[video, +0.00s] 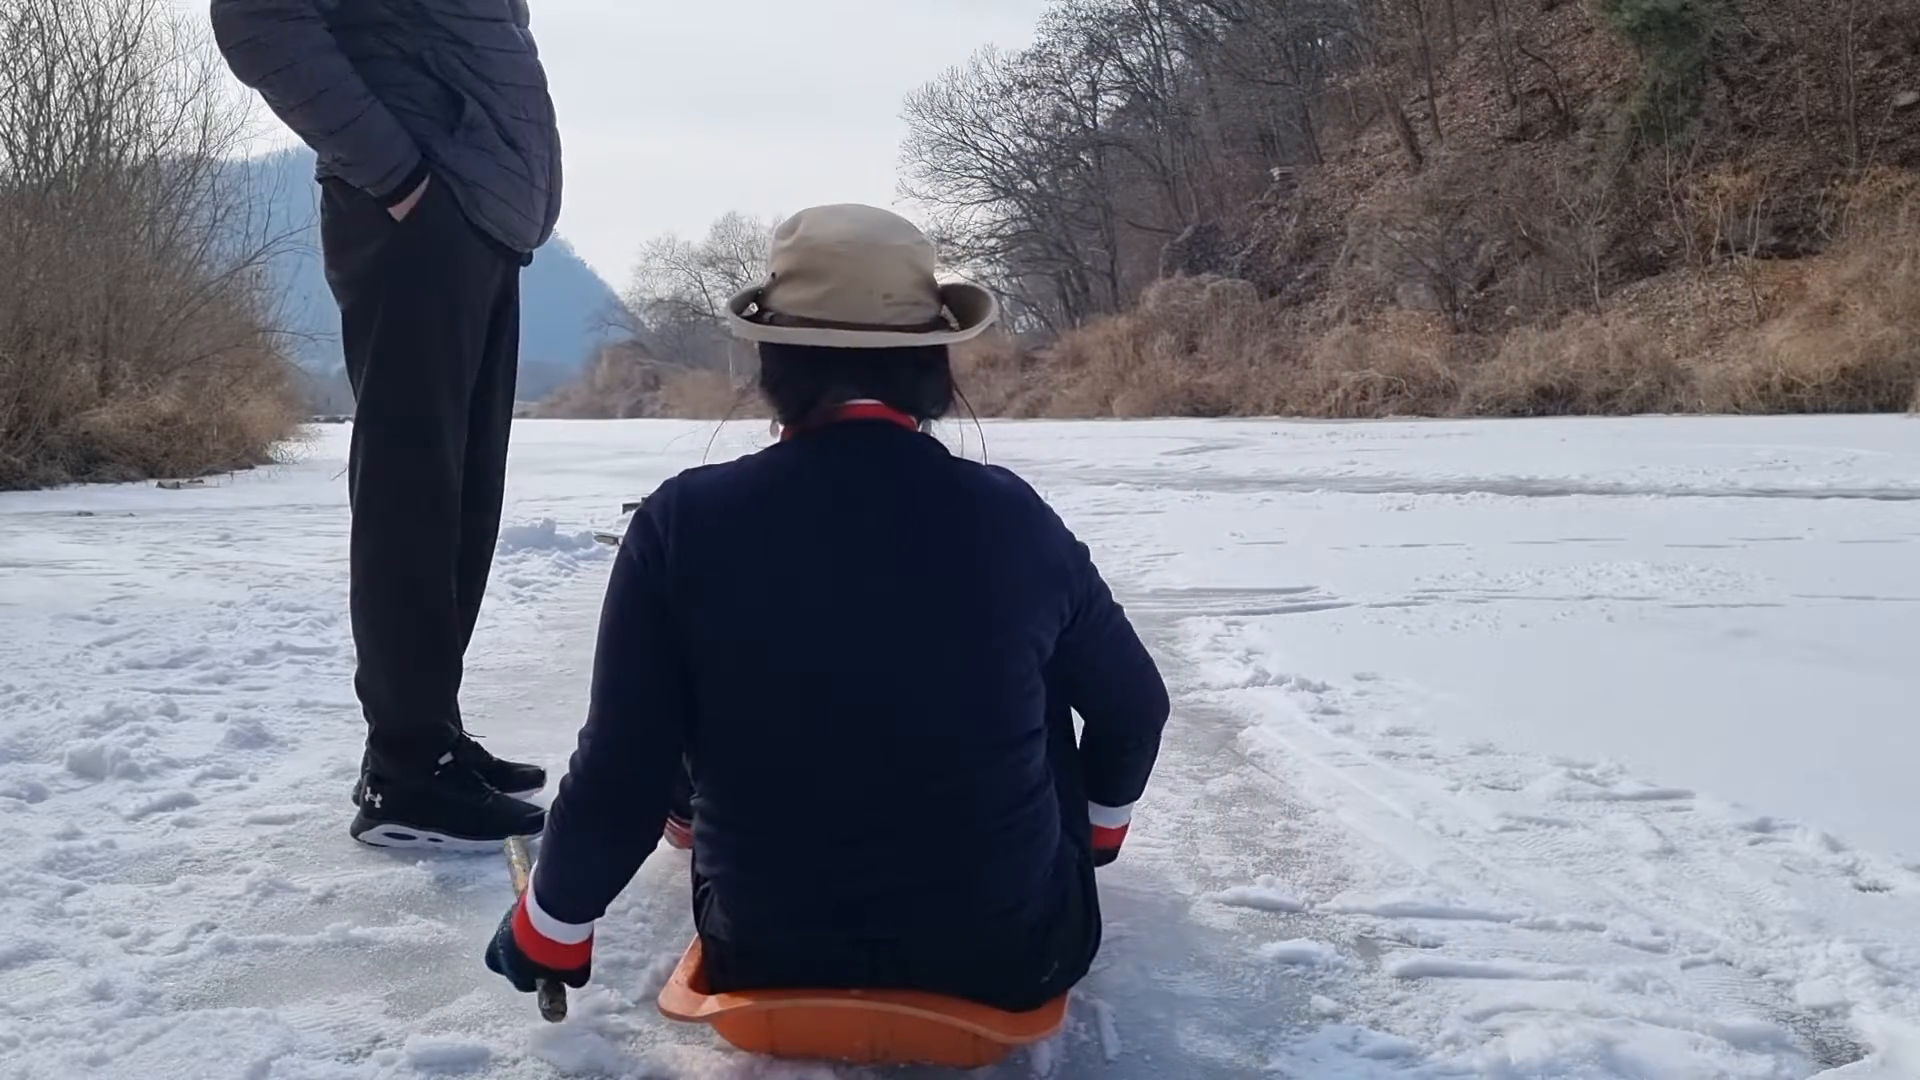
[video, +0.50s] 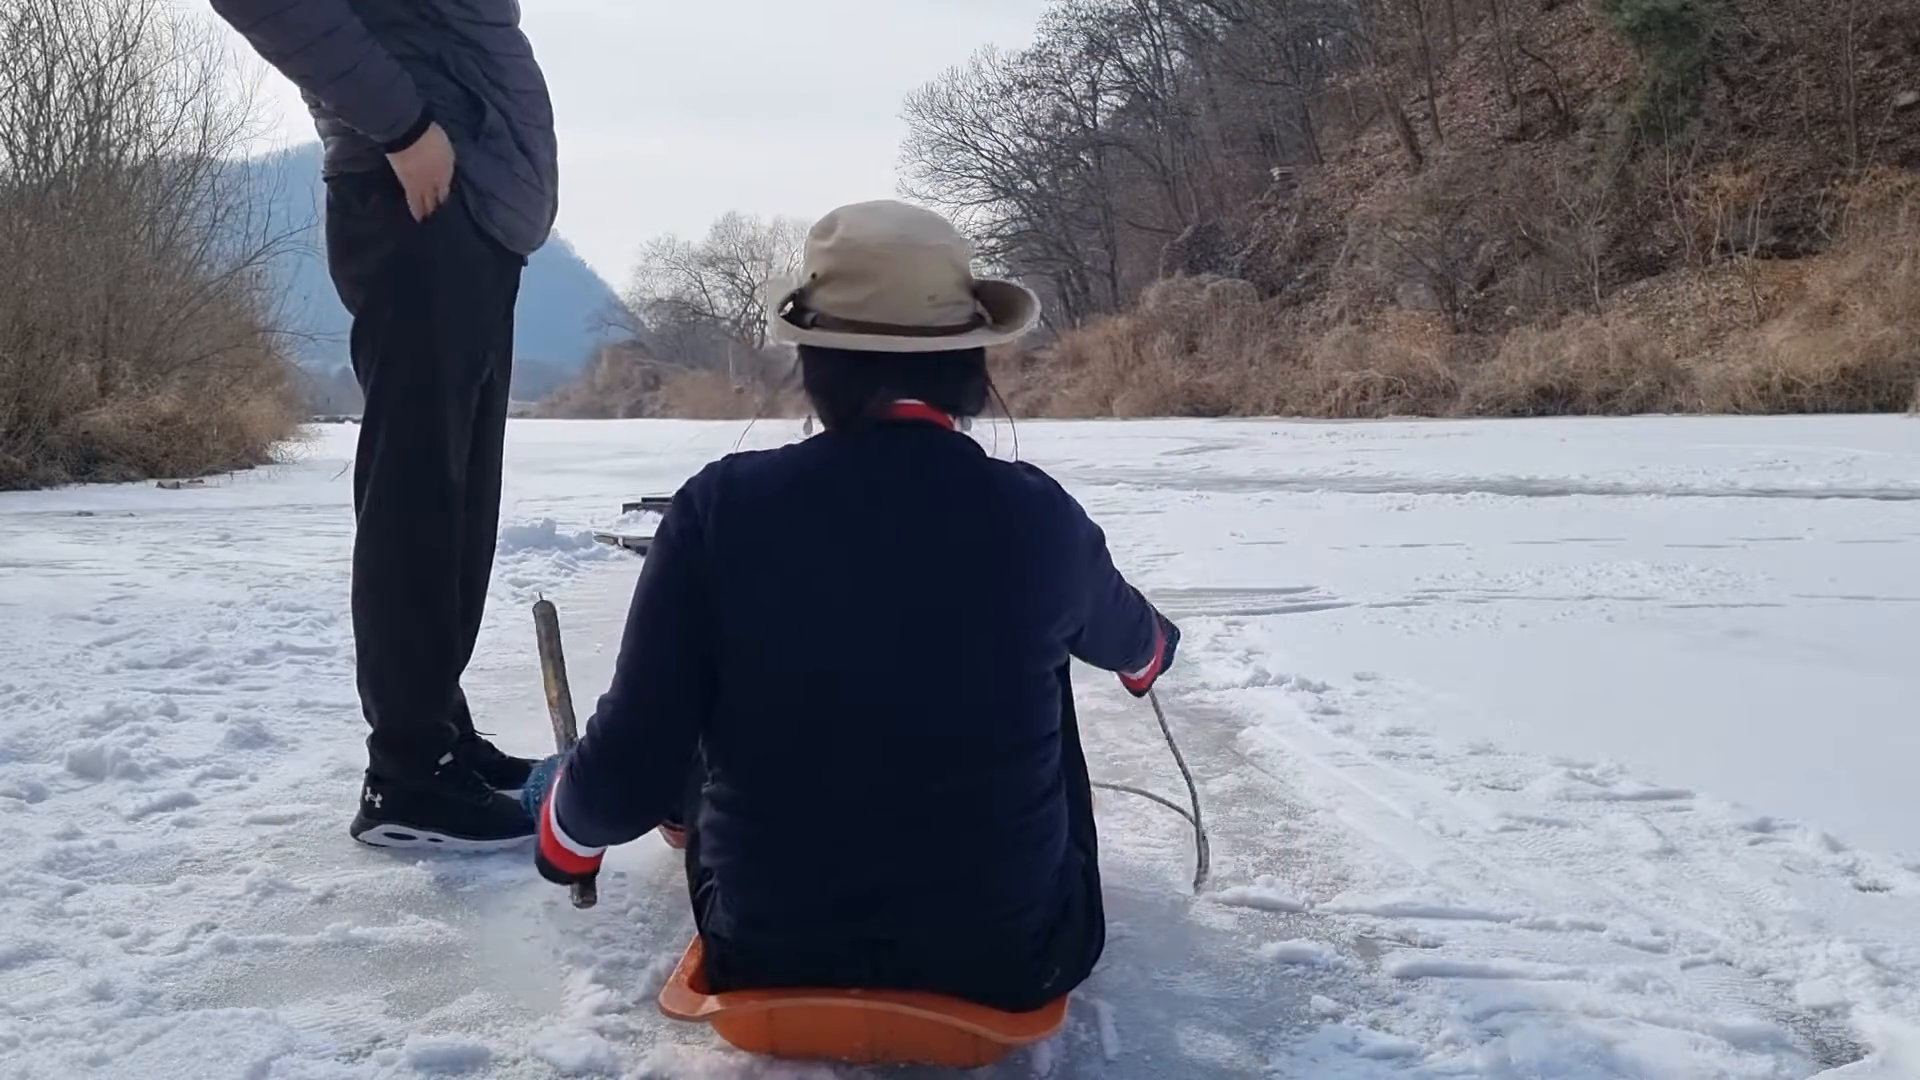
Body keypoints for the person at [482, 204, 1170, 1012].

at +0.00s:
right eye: (947, 355)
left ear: (774, 373)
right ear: (936, 371)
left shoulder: (684, 520)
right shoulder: (1013, 515)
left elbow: (625, 760)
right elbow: (1133, 703)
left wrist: (550, 924)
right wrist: (1089, 827)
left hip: (767, 949)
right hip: (993, 957)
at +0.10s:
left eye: (758, 359)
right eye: (943, 352)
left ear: (771, 373)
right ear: (932, 369)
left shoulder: (688, 519)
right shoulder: (1012, 513)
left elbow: (626, 763)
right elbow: (1132, 691)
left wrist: (541, 903)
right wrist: (1086, 807)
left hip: (769, 951)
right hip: (994, 960)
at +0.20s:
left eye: (763, 361)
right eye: (946, 350)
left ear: (775, 376)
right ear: (937, 369)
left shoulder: (692, 518)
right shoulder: (1016, 512)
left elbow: (625, 769)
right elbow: (1131, 681)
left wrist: (541, 883)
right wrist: (1103, 763)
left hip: (769, 956)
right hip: (994, 964)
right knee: (1037, 690)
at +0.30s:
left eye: (774, 360)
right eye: (956, 350)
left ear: (785, 375)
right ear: (946, 368)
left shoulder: (698, 517)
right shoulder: (1023, 513)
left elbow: (630, 768)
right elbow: (1131, 661)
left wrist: (547, 869)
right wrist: (1139, 714)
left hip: (769, 953)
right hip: (992, 962)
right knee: (1035, 660)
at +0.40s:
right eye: (969, 351)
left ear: (798, 375)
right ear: (958, 369)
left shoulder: (709, 511)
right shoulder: (1029, 512)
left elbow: (634, 755)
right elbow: (1112, 626)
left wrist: (556, 851)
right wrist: (1155, 680)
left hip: (769, 951)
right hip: (992, 962)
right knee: (1041, 660)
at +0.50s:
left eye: (803, 351)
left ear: (815, 370)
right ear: (968, 368)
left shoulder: (722, 505)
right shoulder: (1034, 513)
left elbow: (638, 751)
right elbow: (1114, 623)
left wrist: (564, 824)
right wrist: (1151, 648)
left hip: (774, 954)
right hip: (995, 968)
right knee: (1036, 664)